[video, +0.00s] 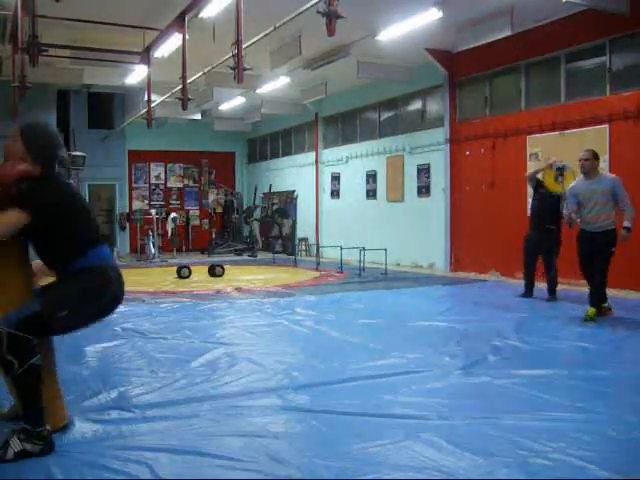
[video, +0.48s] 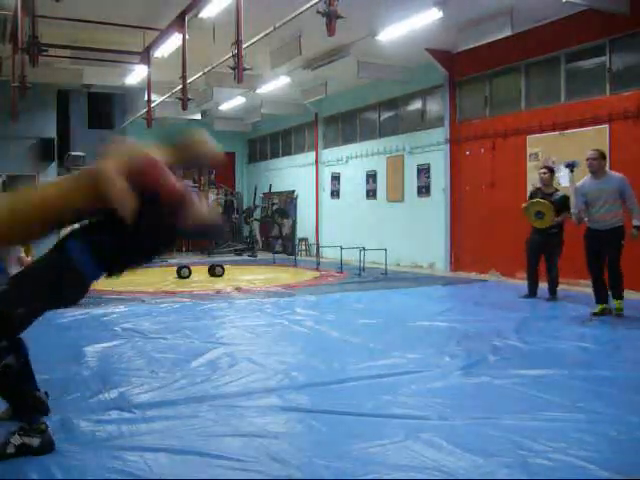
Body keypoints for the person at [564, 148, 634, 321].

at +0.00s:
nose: (582, 163)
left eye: (586, 160)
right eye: (580, 160)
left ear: (596, 162)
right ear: (579, 164)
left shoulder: (612, 182)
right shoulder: (575, 188)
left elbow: (626, 205)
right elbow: (569, 209)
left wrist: (626, 225)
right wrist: (570, 217)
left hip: (606, 231)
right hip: (586, 231)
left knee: (600, 269)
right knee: (587, 268)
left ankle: (594, 306)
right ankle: (602, 302)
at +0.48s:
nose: (590, 163)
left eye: (594, 160)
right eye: (588, 160)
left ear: (603, 162)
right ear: (586, 163)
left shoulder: (618, 180)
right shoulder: (582, 186)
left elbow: (631, 202)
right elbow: (578, 209)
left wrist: (635, 222)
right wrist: (578, 216)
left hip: (614, 228)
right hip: (594, 229)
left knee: (613, 266)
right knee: (595, 269)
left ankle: (617, 300)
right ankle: (601, 302)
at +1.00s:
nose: (605, 163)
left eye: (609, 160)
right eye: (604, 160)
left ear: (619, 162)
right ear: (601, 163)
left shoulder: (634, 180)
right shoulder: (597, 185)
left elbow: (637, 201)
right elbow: (594, 210)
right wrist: (594, 215)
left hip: (631, 228)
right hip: (608, 229)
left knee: (636, 268)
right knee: (602, 268)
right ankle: (604, 302)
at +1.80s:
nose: (633, 164)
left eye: (635, 160)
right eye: (631, 161)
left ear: (639, 162)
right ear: (629, 163)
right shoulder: (625, 186)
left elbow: (622, 208)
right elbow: (621, 208)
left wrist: (628, 217)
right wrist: (625, 217)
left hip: (634, 227)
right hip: (632, 226)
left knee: (626, 263)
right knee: (625, 263)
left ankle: (623, 298)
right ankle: (622, 298)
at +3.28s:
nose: (634, 164)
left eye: (636, 160)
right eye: (632, 161)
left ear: (639, 163)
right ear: (629, 164)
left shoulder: (629, 186)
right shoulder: (626, 186)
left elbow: (622, 209)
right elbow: (622, 209)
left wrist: (628, 221)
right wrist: (627, 221)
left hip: (634, 228)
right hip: (632, 228)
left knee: (627, 265)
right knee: (626, 265)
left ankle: (623, 299)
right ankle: (623, 299)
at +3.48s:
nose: (634, 163)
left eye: (636, 160)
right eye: (632, 160)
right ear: (629, 163)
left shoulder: (630, 186)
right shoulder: (626, 186)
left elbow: (622, 209)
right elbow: (621, 209)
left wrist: (628, 220)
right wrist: (626, 221)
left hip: (634, 228)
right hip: (633, 228)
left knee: (627, 264)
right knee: (626, 264)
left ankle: (623, 299)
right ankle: (623, 299)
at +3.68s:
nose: (634, 163)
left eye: (636, 160)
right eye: (632, 160)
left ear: (639, 162)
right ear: (630, 163)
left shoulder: (628, 186)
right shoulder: (626, 185)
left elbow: (623, 209)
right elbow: (622, 208)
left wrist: (628, 222)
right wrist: (627, 222)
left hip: (634, 229)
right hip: (632, 228)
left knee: (627, 265)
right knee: (626, 265)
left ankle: (623, 300)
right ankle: (622, 300)